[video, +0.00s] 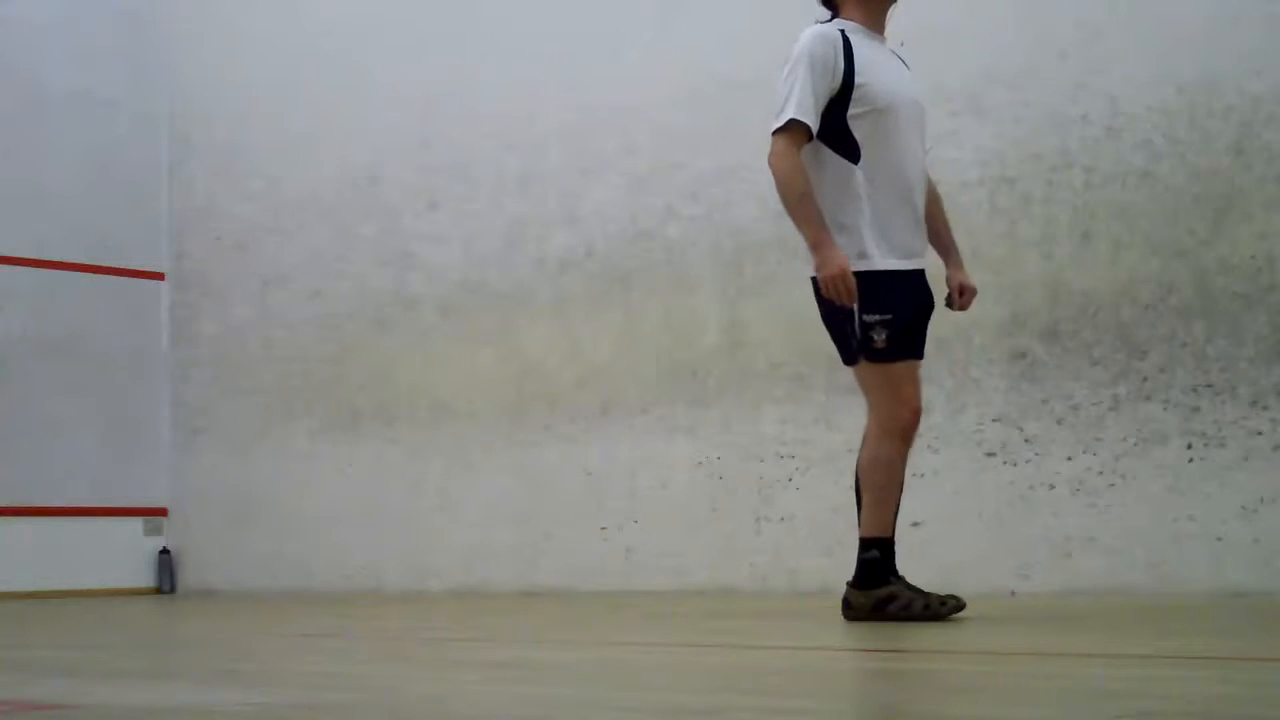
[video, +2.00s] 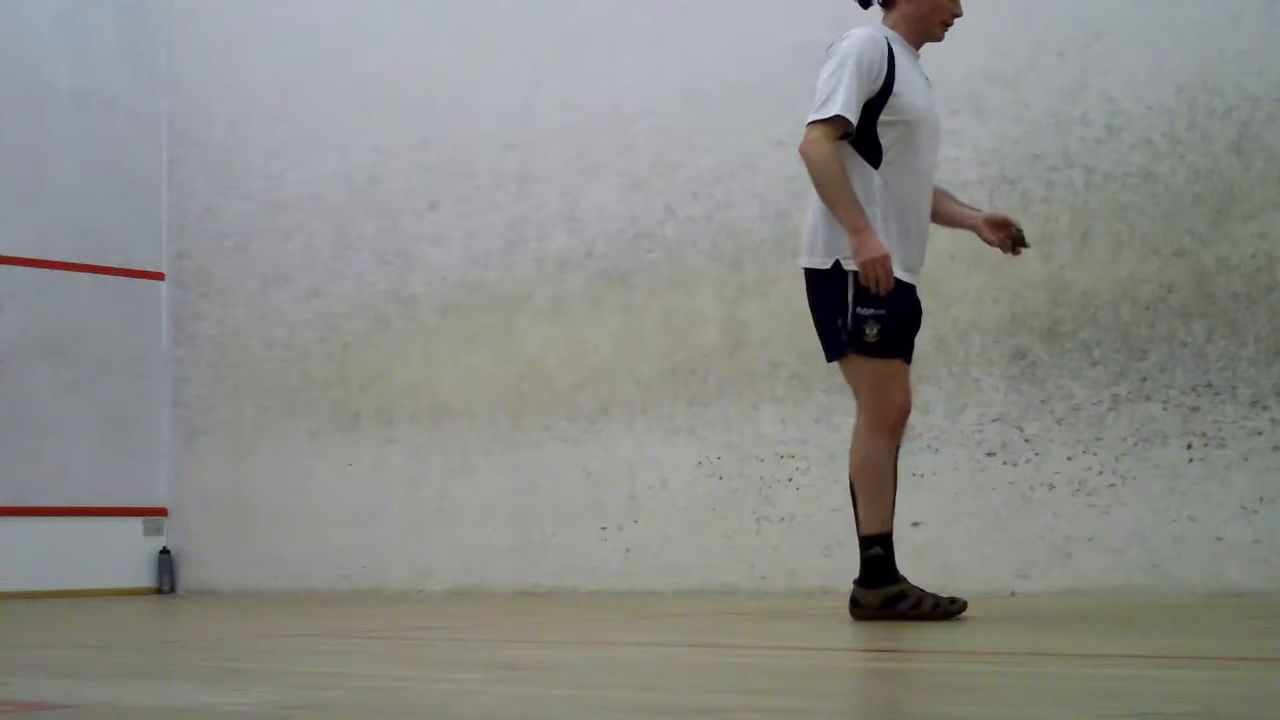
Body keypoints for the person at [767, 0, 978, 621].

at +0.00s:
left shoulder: (893, 59)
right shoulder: (822, 43)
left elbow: (915, 174)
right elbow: (783, 151)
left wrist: (951, 259)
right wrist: (822, 248)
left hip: (904, 266)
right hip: (862, 267)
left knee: (893, 417)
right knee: (896, 414)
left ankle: (876, 575)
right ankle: (873, 580)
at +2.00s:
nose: (958, 11)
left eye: (957, 3)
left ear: (914, 4)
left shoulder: (910, 68)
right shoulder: (866, 46)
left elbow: (907, 187)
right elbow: (818, 144)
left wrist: (977, 220)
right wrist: (861, 235)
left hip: (886, 265)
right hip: (854, 263)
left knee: (882, 414)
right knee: (884, 411)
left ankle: (878, 578)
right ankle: (877, 580)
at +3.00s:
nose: (952, 10)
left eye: (952, 2)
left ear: (911, 3)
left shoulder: (907, 70)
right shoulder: (857, 47)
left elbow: (911, 183)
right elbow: (808, 149)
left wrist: (978, 218)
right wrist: (849, 243)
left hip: (882, 268)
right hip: (846, 267)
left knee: (878, 413)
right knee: (878, 410)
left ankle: (879, 579)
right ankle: (877, 581)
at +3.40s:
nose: (948, 13)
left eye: (948, 4)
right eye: (939, 1)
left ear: (908, 8)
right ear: (900, 1)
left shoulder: (904, 79)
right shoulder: (853, 54)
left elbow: (918, 186)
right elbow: (814, 156)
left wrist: (991, 190)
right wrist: (863, 243)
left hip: (887, 266)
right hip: (844, 266)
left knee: (925, 406)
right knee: (882, 410)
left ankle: (882, 570)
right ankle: (875, 579)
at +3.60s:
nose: (932, 12)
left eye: (932, 3)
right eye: (923, 1)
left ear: (886, 7)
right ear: (882, 2)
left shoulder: (883, 73)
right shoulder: (845, 58)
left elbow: (896, 191)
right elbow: (802, 159)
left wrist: (975, 203)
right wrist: (859, 234)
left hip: (880, 269)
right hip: (868, 269)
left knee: (908, 418)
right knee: (942, 401)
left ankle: (869, 577)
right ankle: (894, 568)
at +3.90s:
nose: (931, 33)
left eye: (934, 22)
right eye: (921, 20)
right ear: (880, 17)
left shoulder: (892, 95)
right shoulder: (846, 81)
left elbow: (903, 207)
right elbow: (791, 179)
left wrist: (984, 267)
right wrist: (850, 245)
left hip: (879, 276)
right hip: (878, 256)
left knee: (940, 429)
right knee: (1027, 209)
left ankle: (869, 581)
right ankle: (966, 363)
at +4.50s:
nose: (891, 52)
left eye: (903, 38)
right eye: (877, 40)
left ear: (924, 40)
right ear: (861, 47)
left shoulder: (967, 97)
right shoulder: (863, 140)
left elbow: (1060, 175)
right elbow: (824, 245)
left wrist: (1104, 277)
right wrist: (748, 284)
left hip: (1025, 286)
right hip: (945, 308)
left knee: (1058, 422)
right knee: (916, 423)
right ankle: (1011, 586)